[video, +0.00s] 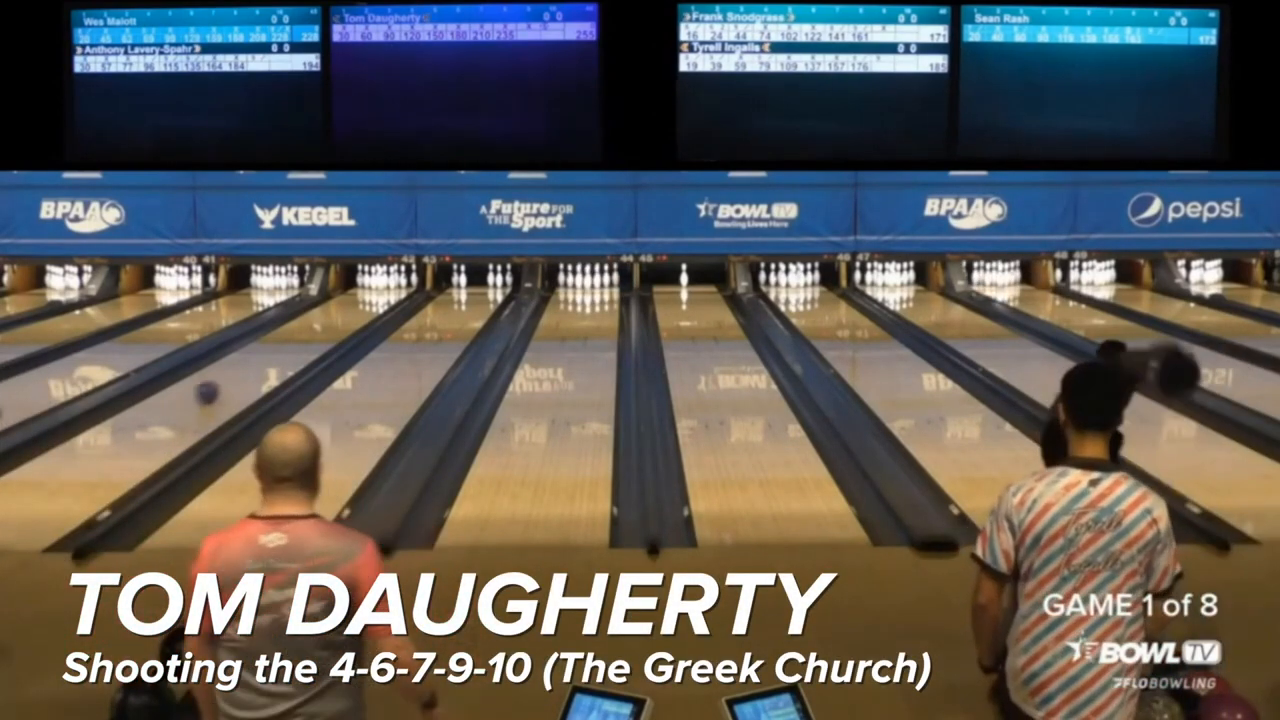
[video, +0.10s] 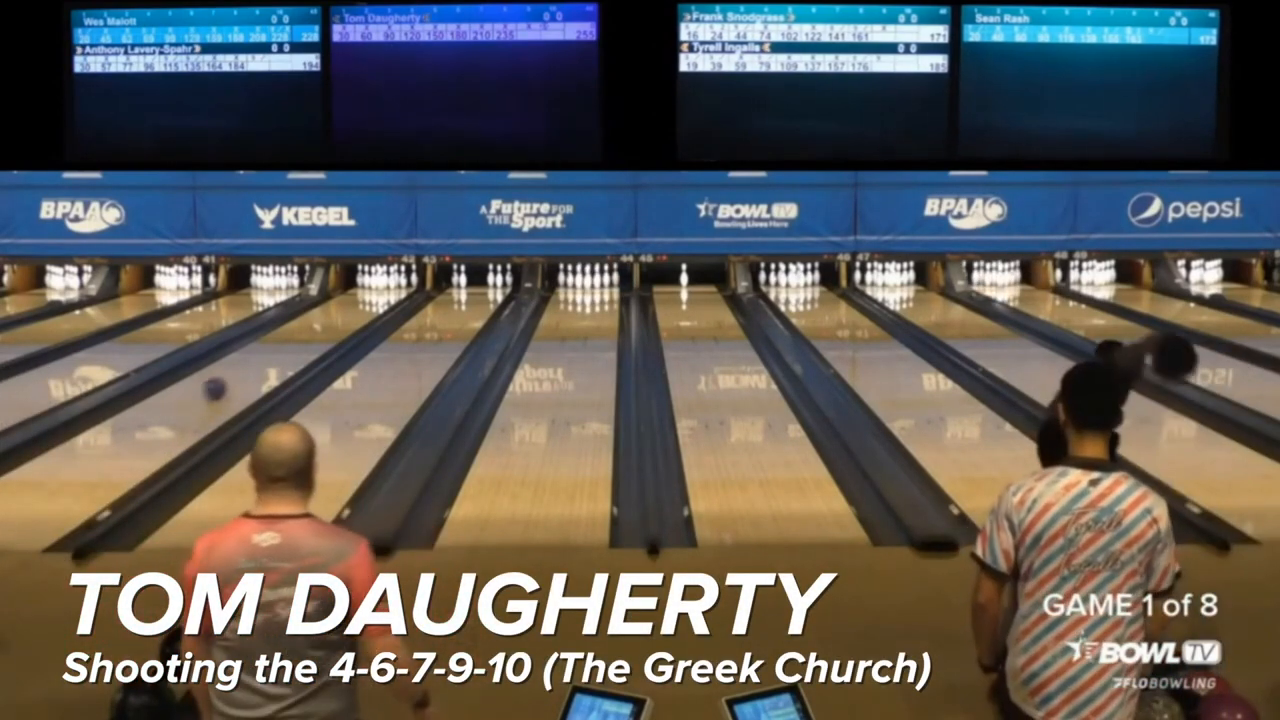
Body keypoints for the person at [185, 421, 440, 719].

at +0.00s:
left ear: (258, 472)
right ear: (317, 472)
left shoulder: (216, 551)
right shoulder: (357, 551)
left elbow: (197, 661)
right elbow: (394, 651)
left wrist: (211, 714)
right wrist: (425, 695)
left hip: (240, 710)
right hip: (330, 709)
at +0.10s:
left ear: (252, 471)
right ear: (312, 472)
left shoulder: (210, 551)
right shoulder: (350, 551)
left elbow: (193, 660)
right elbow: (385, 657)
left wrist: (210, 712)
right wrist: (417, 695)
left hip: (235, 710)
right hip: (325, 709)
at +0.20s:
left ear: (235, 468)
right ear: (294, 469)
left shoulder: (194, 544)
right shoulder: (330, 546)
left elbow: (178, 645)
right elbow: (357, 645)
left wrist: (196, 697)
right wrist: (393, 704)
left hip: (219, 710)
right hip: (309, 710)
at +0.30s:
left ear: (228, 465)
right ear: (287, 467)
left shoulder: (187, 540)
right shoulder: (324, 540)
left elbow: (172, 645)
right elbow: (350, 640)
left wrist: (189, 706)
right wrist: (384, 707)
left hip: (218, 711)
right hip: (307, 710)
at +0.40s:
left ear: (226, 465)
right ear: (286, 466)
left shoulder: (186, 540)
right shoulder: (324, 537)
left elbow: (167, 651)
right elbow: (352, 643)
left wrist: (185, 704)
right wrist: (384, 706)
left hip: (216, 710)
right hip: (305, 709)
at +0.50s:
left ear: (229, 465)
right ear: (289, 464)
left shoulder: (188, 538)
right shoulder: (329, 535)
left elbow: (163, 650)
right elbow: (358, 641)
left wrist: (183, 702)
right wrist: (386, 704)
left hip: (213, 709)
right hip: (302, 709)